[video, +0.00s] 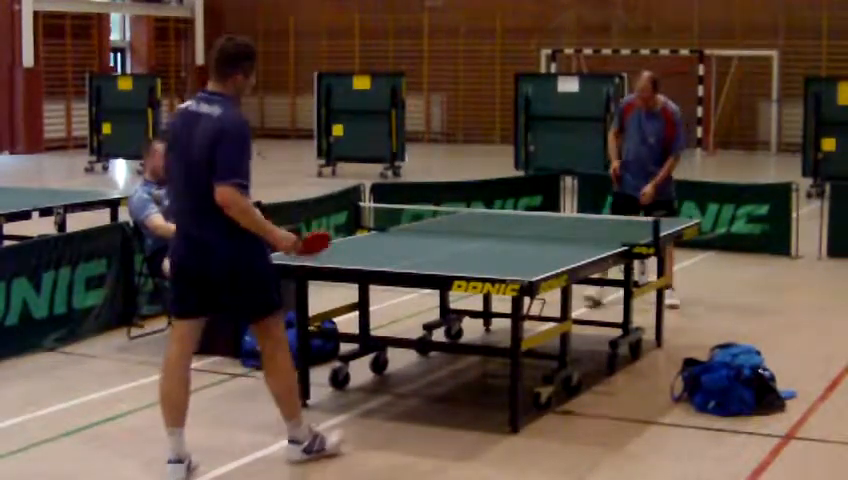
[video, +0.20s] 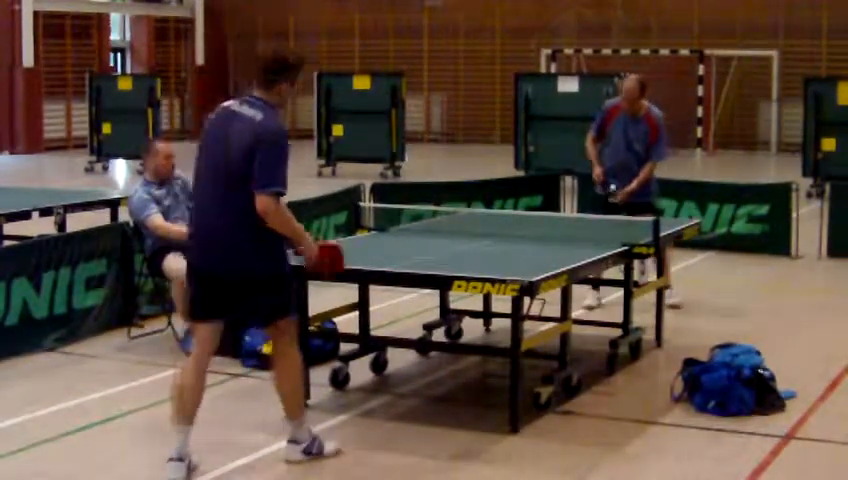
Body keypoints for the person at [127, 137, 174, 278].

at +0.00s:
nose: (165, 162)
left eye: (166, 156)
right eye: (160, 156)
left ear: (170, 158)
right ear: (147, 159)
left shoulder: (174, 188)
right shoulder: (140, 196)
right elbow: (159, 228)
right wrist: (192, 231)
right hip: (160, 251)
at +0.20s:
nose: (171, 163)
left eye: (172, 158)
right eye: (166, 158)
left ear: (174, 160)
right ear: (149, 161)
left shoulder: (181, 183)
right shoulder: (140, 196)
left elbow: (199, 208)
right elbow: (159, 227)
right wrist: (192, 233)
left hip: (190, 239)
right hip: (162, 245)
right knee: (182, 268)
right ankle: (182, 319)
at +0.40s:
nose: (172, 163)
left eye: (172, 158)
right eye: (166, 158)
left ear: (174, 160)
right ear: (149, 162)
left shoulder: (179, 181)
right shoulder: (141, 195)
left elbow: (207, 201)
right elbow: (159, 228)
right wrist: (198, 234)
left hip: (192, 236)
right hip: (163, 243)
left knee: (222, 258)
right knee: (182, 269)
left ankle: (221, 319)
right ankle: (187, 326)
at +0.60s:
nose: (172, 163)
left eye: (172, 158)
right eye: (166, 158)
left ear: (174, 160)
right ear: (149, 162)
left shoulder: (179, 181)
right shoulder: (141, 196)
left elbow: (207, 201)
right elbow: (160, 228)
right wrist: (199, 234)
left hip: (193, 236)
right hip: (163, 243)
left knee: (223, 259)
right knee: (182, 270)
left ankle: (217, 321)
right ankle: (187, 325)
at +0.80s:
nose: (173, 161)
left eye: (173, 157)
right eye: (167, 157)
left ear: (174, 160)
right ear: (151, 162)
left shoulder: (179, 182)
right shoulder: (141, 196)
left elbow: (205, 199)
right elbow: (159, 228)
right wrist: (197, 234)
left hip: (192, 235)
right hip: (163, 242)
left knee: (217, 260)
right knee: (182, 270)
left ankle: (212, 320)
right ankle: (188, 325)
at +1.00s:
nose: (174, 161)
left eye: (174, 156)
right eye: (168, 157)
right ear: (151, 162)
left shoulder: (182, 182)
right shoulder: (141, 196)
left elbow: (204, 199)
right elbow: (159, 227)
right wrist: (191, 235)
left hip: (194, 234)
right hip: (164, 243)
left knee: (218, 260)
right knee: (182, 270)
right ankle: (188, 325)